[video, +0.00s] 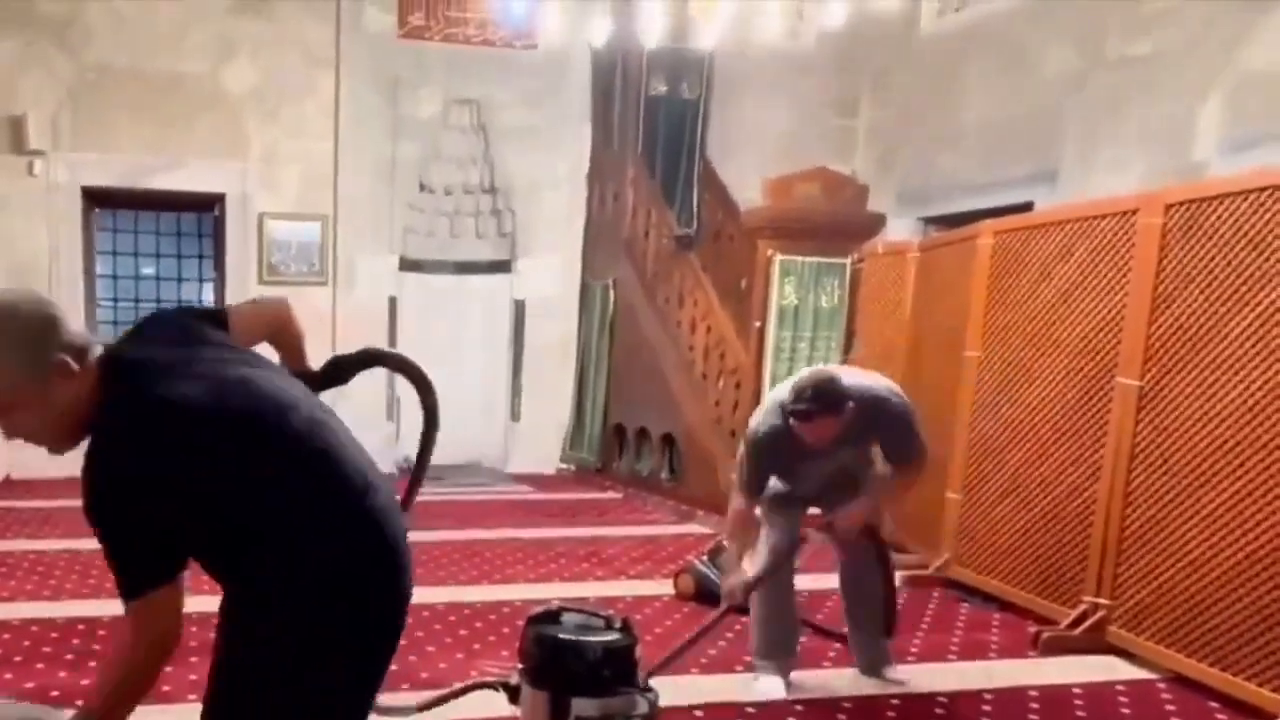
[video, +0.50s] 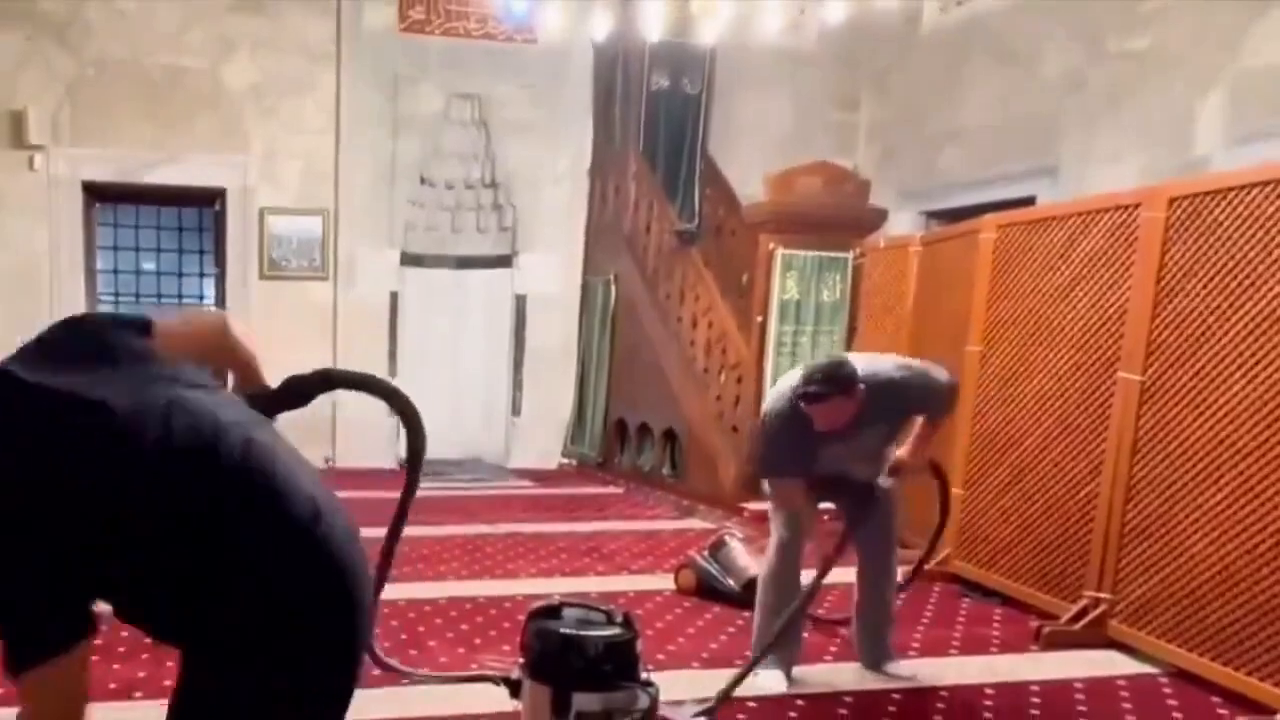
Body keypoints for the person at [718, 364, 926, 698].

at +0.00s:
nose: (810, 439)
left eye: (819, 431)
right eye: (802, 430)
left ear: (844, 413)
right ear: (791, 417)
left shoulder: (886, 405)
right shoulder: (766, 430)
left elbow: (910, 466)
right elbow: (742, 501)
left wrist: (863, 510)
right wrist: (734, 567)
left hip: (845, 478)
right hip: (784, 485)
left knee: (863, 552)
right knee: (774, 558)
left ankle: (875, 661)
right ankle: (770, 667)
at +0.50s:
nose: (815, 420)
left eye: (823, 411)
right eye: (809, 411)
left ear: (855, 397)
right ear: (804, 399)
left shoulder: (894, 383)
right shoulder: (782, 413)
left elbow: (943, 391)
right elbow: (785, 488)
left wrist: (914, 450)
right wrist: (813, 535)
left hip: (864, 475)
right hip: (801, 478)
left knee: (880, 558)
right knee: (785, 545)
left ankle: (876, 654)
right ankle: (772, 660)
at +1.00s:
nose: (826, 397)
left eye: (835, 388)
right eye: (822, 388)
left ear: (868, 379)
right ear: (816, 379)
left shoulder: (907, 361)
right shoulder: (793, 392)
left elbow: (957, 351)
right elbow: (786, 458)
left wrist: (926, 417)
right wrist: (823, 501)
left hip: (874, 458)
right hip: (810, 461)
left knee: (881, 546)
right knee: (786, 540)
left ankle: (879, 641)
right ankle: (776, 645)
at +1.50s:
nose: (864, 356)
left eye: (873, 346)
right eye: (856, 345)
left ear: (891, 338)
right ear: (841, 337)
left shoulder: (917, 346)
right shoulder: (799, 363)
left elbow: (946, 376)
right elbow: (783, 449)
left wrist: (909, 431)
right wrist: (801, 506)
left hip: (864, 450)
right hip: (802, 450)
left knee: (873, 538)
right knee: (785, 533)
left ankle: (879, 629)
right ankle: (773, 633)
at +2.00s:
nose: (956, 244)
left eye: (961, 233)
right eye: (948, 232)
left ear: (961, 233)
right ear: (915, 226)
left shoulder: (949, 276)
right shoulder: (857, 283)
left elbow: (931, 323)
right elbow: (839, 375)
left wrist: (933, 352)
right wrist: (888, 440)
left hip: (877, 422)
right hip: (812, 418)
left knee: (883, 535)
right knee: (788, 522)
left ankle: (874, 649)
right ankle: (772, 624)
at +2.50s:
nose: (1064, 258)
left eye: (1073, 247)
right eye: (1057, 242)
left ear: (1078, 244)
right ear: (1021, 226)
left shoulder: (1028, 286)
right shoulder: (954, 289)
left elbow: (981, 354)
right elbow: (949, 403)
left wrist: (985, 406)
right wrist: (993, 486)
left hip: (938, 429)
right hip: (878, 425)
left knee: (923, 553)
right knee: (880, 560)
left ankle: (886, 648)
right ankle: (879, 688)